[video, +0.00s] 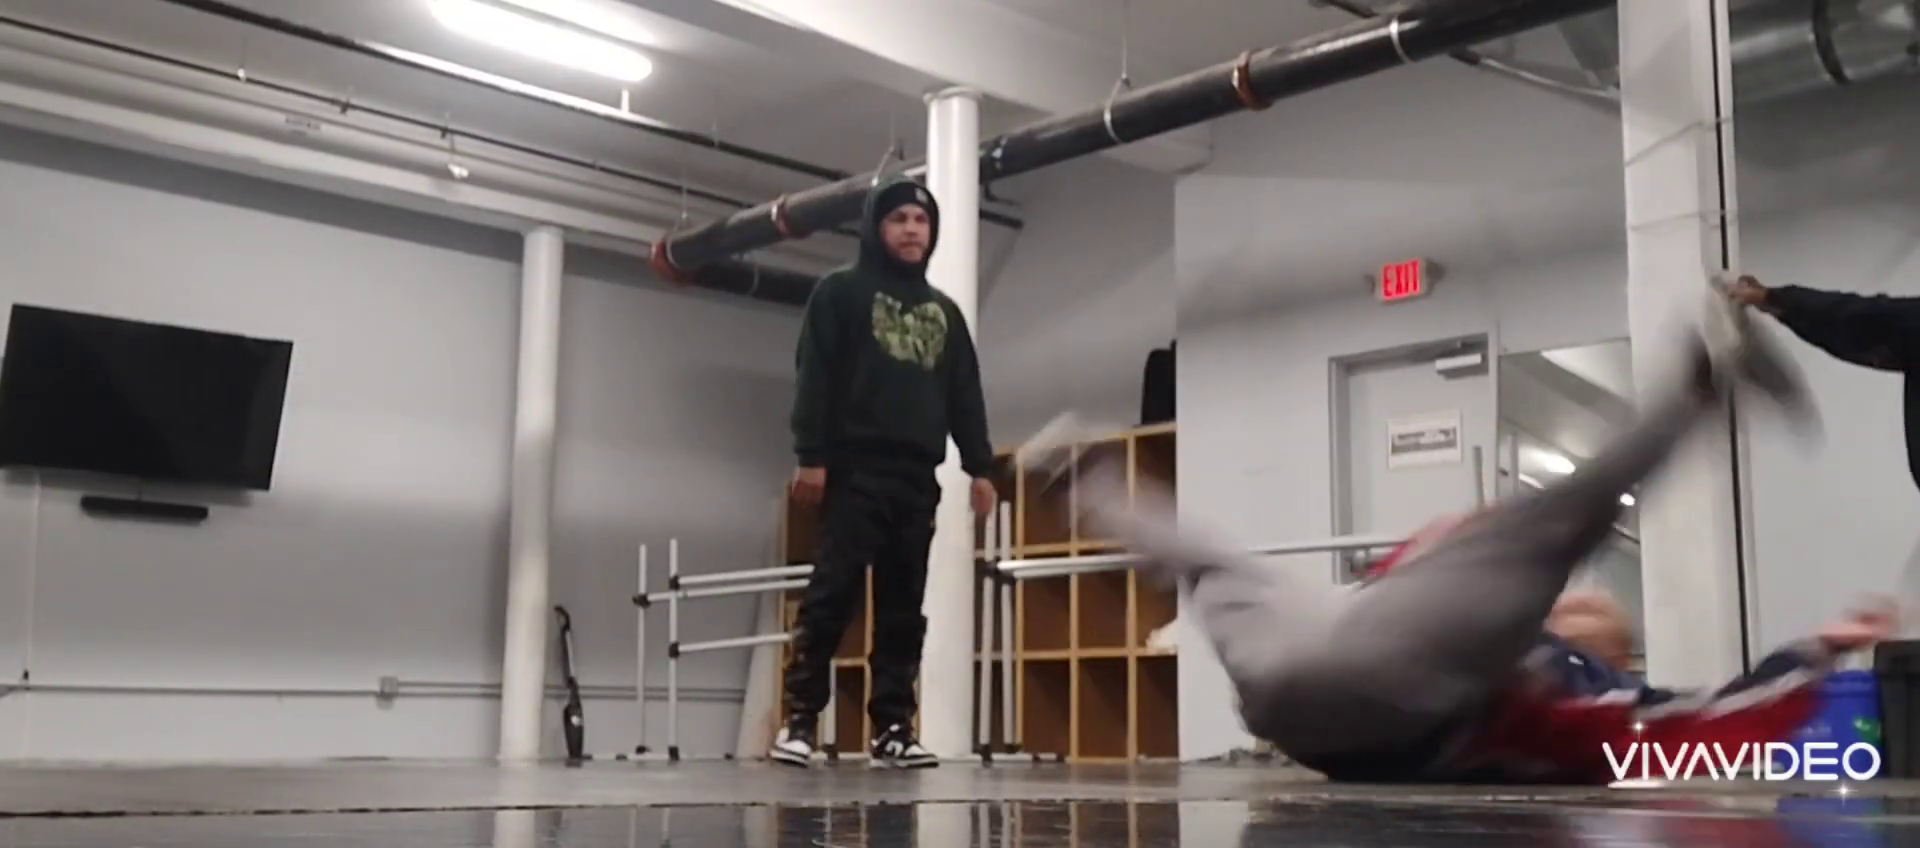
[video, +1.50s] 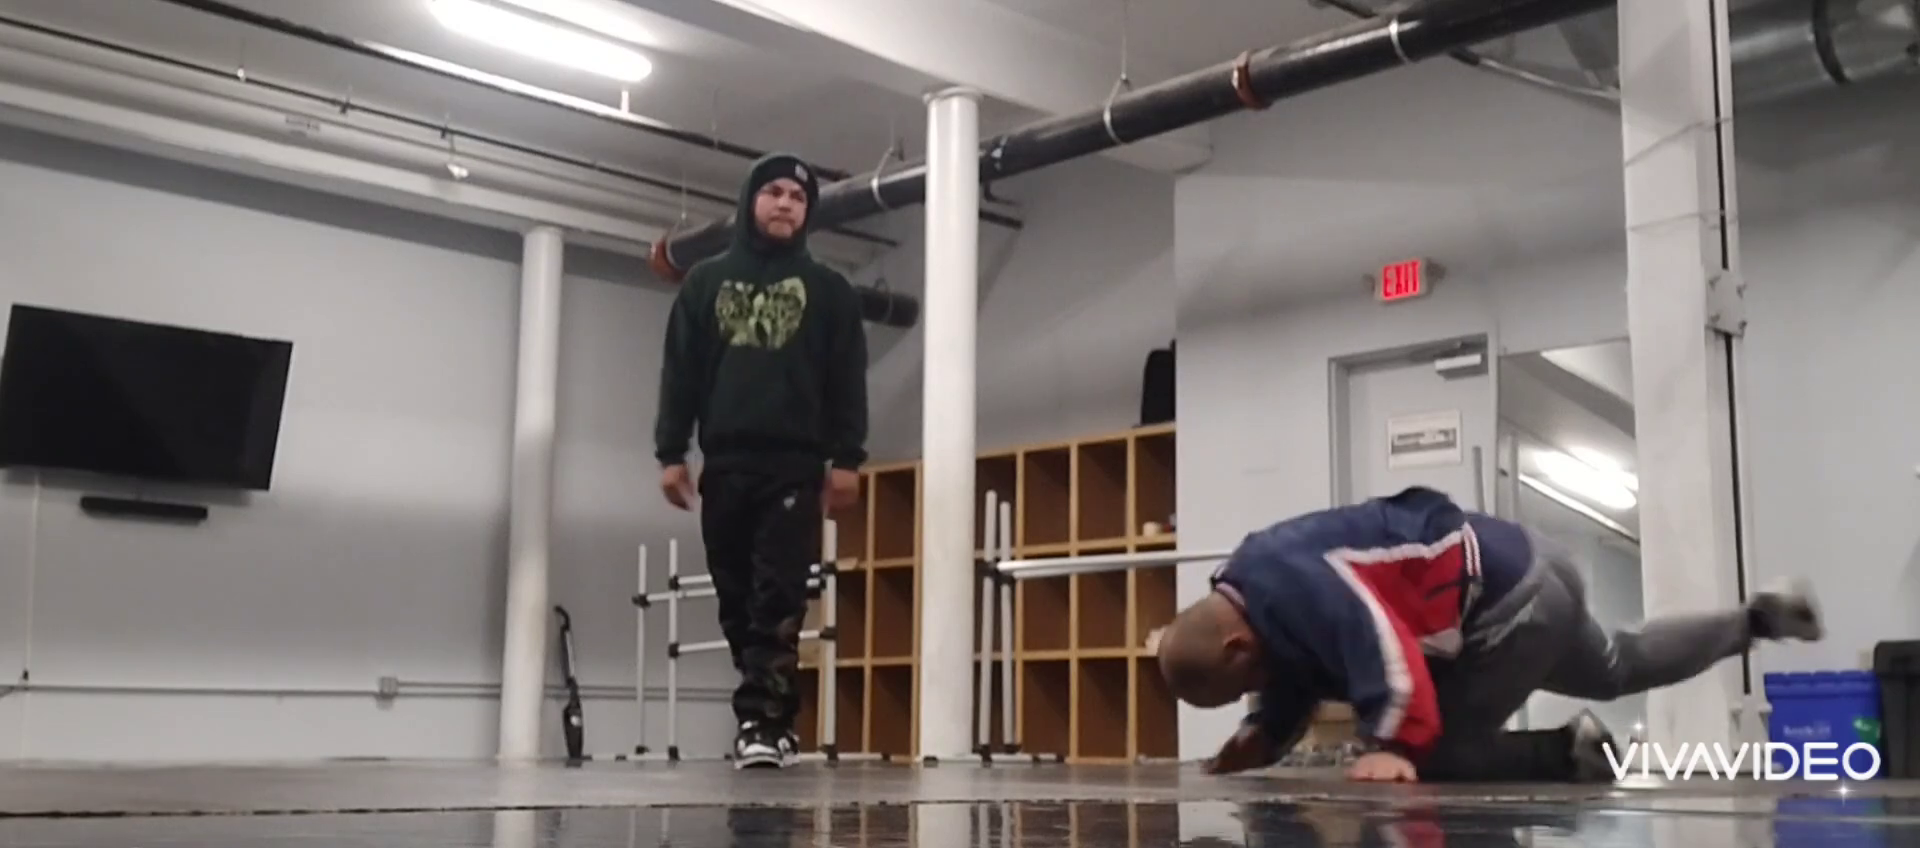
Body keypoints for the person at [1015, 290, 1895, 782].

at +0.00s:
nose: (1573, 607)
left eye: (1590, 615)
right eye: (1568, 606)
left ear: (1615, 657)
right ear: (1542, 626)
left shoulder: (1601, 708)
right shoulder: (1501, 657)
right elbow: (1393, 578)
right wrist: (1466, 539)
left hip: (1365, 702)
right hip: (1288, 684)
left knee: (1561, 512)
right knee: (1211, 561)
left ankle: (1703, 388)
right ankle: (1084, 478)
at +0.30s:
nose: (1303, 644)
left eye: (1303, 631)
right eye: (1295, 661)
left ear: (1339, 612)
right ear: (1317, 688)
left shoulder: (1406, 600)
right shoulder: (1358, 717)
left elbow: (1415, 541)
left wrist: (1326, 513)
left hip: (1545, 594)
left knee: (1386, 508)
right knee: (1456, 729)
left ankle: (1248, 377)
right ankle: (1639, 742)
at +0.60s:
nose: (1174, 678)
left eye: (1163, 667)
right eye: (1168, 669)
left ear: (1173, 645)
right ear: (1207, 596)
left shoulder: (1230, 639)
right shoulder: (1276, 615)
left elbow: (1299, 728)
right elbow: (1347, 723)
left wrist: (1276, 753)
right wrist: (1263, 757)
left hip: (1501, 705)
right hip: (1510, 672)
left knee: (1735, 721)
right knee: (1712, 668)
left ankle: (1908, 704)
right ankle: (1649, 490)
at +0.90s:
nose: (1177, 660)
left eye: (1165, 649)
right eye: (1166, 652)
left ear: (1176, 631)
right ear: (1200, 575)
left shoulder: (1250, 615)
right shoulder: (1275, 559)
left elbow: (1351, 639)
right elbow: (1301, 682)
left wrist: (1337, 750)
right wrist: (1272, 749)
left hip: (1525, 731)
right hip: (1529, 622)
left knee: (1570, 767)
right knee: (1598, 635)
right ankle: (1710, 627)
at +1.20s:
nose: (1205, 656)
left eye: (1187, 650)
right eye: (1191, 652)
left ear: (1194, 635)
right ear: (1212, 574)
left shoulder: (1273, 592)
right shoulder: (1265, 565)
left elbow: (1333, 659)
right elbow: (1310, 674)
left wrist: (1336, 745)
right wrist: (1265, 752)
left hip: (1527, 651)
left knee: (1413, 755)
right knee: (1406, 741)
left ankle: (1576, 756)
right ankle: (1570, 752)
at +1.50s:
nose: (1239, 701)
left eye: (1229, 693)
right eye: (1225, 700)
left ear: (1238, 646)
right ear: (1223, 630)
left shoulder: (1295, 581)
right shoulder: (1255, 577)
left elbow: (1384, 650)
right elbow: (1301, 671)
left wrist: (1390, 745)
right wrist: (1263, 735)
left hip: (1513, 614)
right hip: (1531, 568)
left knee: (1423, 749)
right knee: (1612, 667)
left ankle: (1565, 757)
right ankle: (1756, 620)